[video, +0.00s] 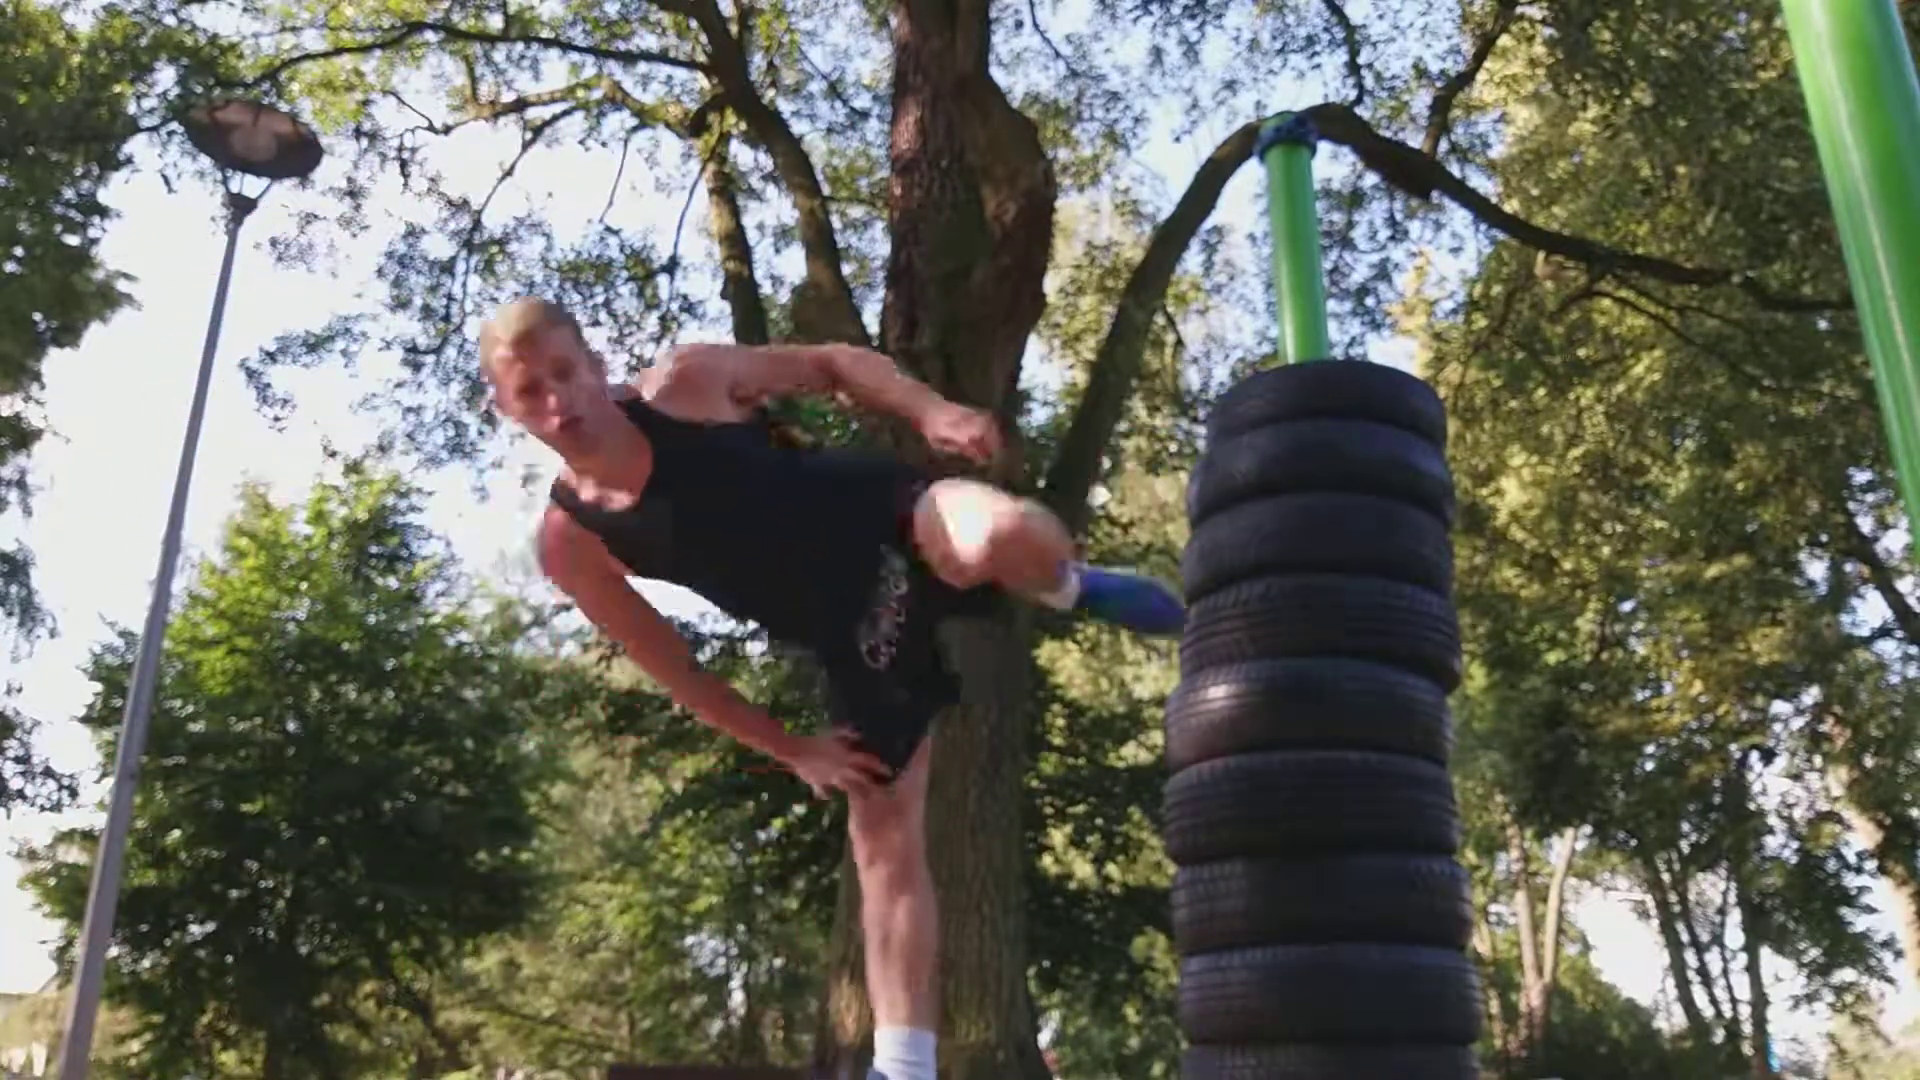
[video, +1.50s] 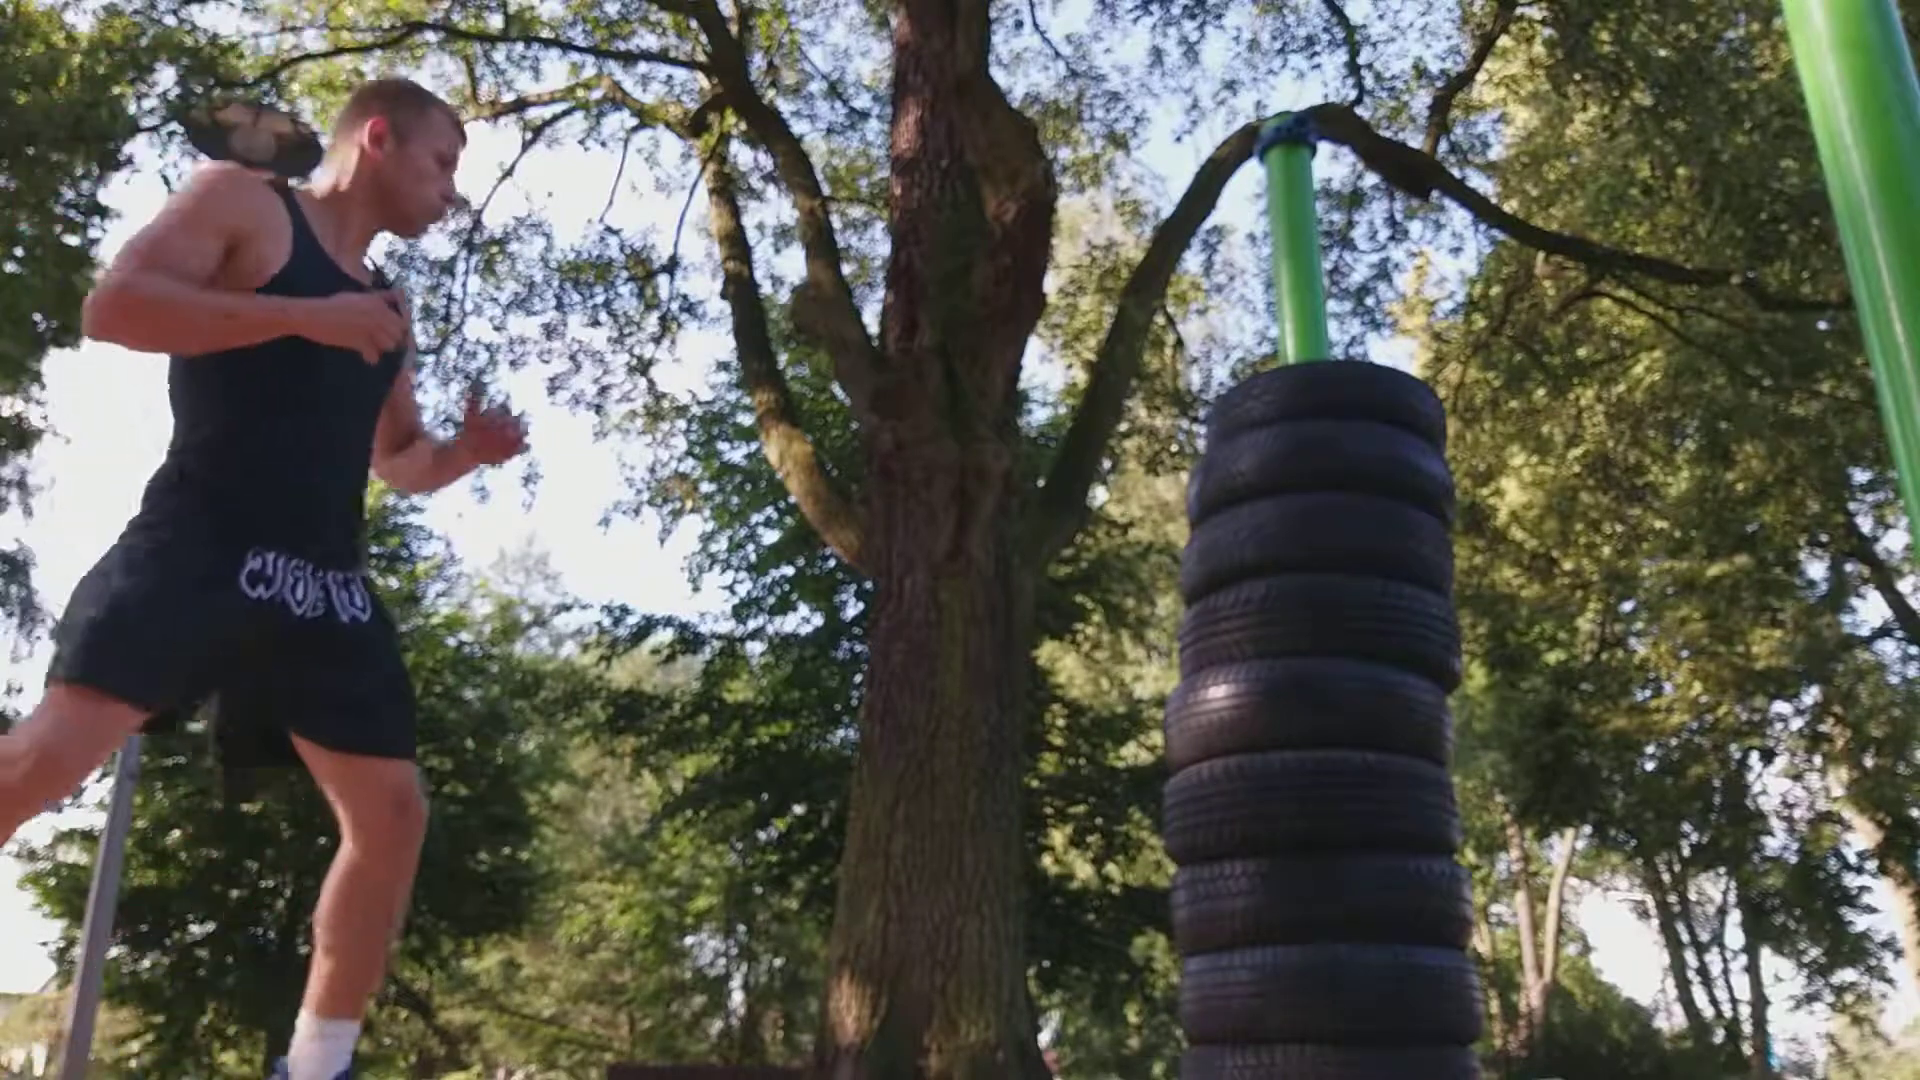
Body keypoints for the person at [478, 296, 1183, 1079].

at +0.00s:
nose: (555, 403)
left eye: (561, 374)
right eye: (529, 396)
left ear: (594, 360)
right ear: (508, 415)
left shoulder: (686, 379)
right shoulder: (569, 541)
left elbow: (831, 366)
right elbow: (677, 669)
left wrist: (933, 413)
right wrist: (792, 750)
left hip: (902, 514)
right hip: (852, 631)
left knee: (996, 534)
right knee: (881, 840)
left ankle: (1079, 586)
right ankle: (907, 1064)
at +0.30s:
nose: (542, 171)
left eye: (566, 150)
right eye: (525, 156)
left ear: (616, 166)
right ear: (511, 184)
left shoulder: (680, 251)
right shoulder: (562, 331)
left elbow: (723, 381)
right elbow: (499, 463)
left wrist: (528, 394)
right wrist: (344, 427)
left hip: (724, 547)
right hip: (650, 573)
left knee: (632, 733)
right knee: (727, 839)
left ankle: (565, 1051)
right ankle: (888, 1057)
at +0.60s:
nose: (460, 2)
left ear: (507, 12)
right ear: (401, 16)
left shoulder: (549, 92)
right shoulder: (388, 176)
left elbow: (561, 220)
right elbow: (376, 349)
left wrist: (356, 235)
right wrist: (316, 225)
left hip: (512, 437)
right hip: (387, 455)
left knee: (524, 689)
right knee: (169, 651)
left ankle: (554, 1044)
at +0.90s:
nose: (416, 6)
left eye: (419, 1)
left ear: (386, 21)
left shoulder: (392, 123)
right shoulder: (174, 22)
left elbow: (453, 308)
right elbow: (10, 140)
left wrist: (429, 220)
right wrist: (125, 129)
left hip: (310, 423)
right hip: (134, 398)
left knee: (378, 645)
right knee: (3, 674)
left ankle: (312, 1009)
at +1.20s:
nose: (384, 87)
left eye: (386, 64)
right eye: (371, 53)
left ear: (306, 44)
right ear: (291, 28)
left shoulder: (310, 220)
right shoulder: (132, 85)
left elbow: (266, 392)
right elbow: (3, 166)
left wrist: (346, 387)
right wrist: (174, 220)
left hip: (199, 529)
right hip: (51, 482)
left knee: (292, 770)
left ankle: (99, 1040)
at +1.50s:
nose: (454, 189)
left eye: (458, 169)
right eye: (445, 161)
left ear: (383, 150)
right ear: (376, 139)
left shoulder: (385, 310)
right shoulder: (241, 196)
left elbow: (401, 461)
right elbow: (115, 306)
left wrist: (465, 449)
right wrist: (308, 316)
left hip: (326, 582)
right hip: (198, 545)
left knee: (389, 821)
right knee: (48, 757)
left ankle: (316, 1067)